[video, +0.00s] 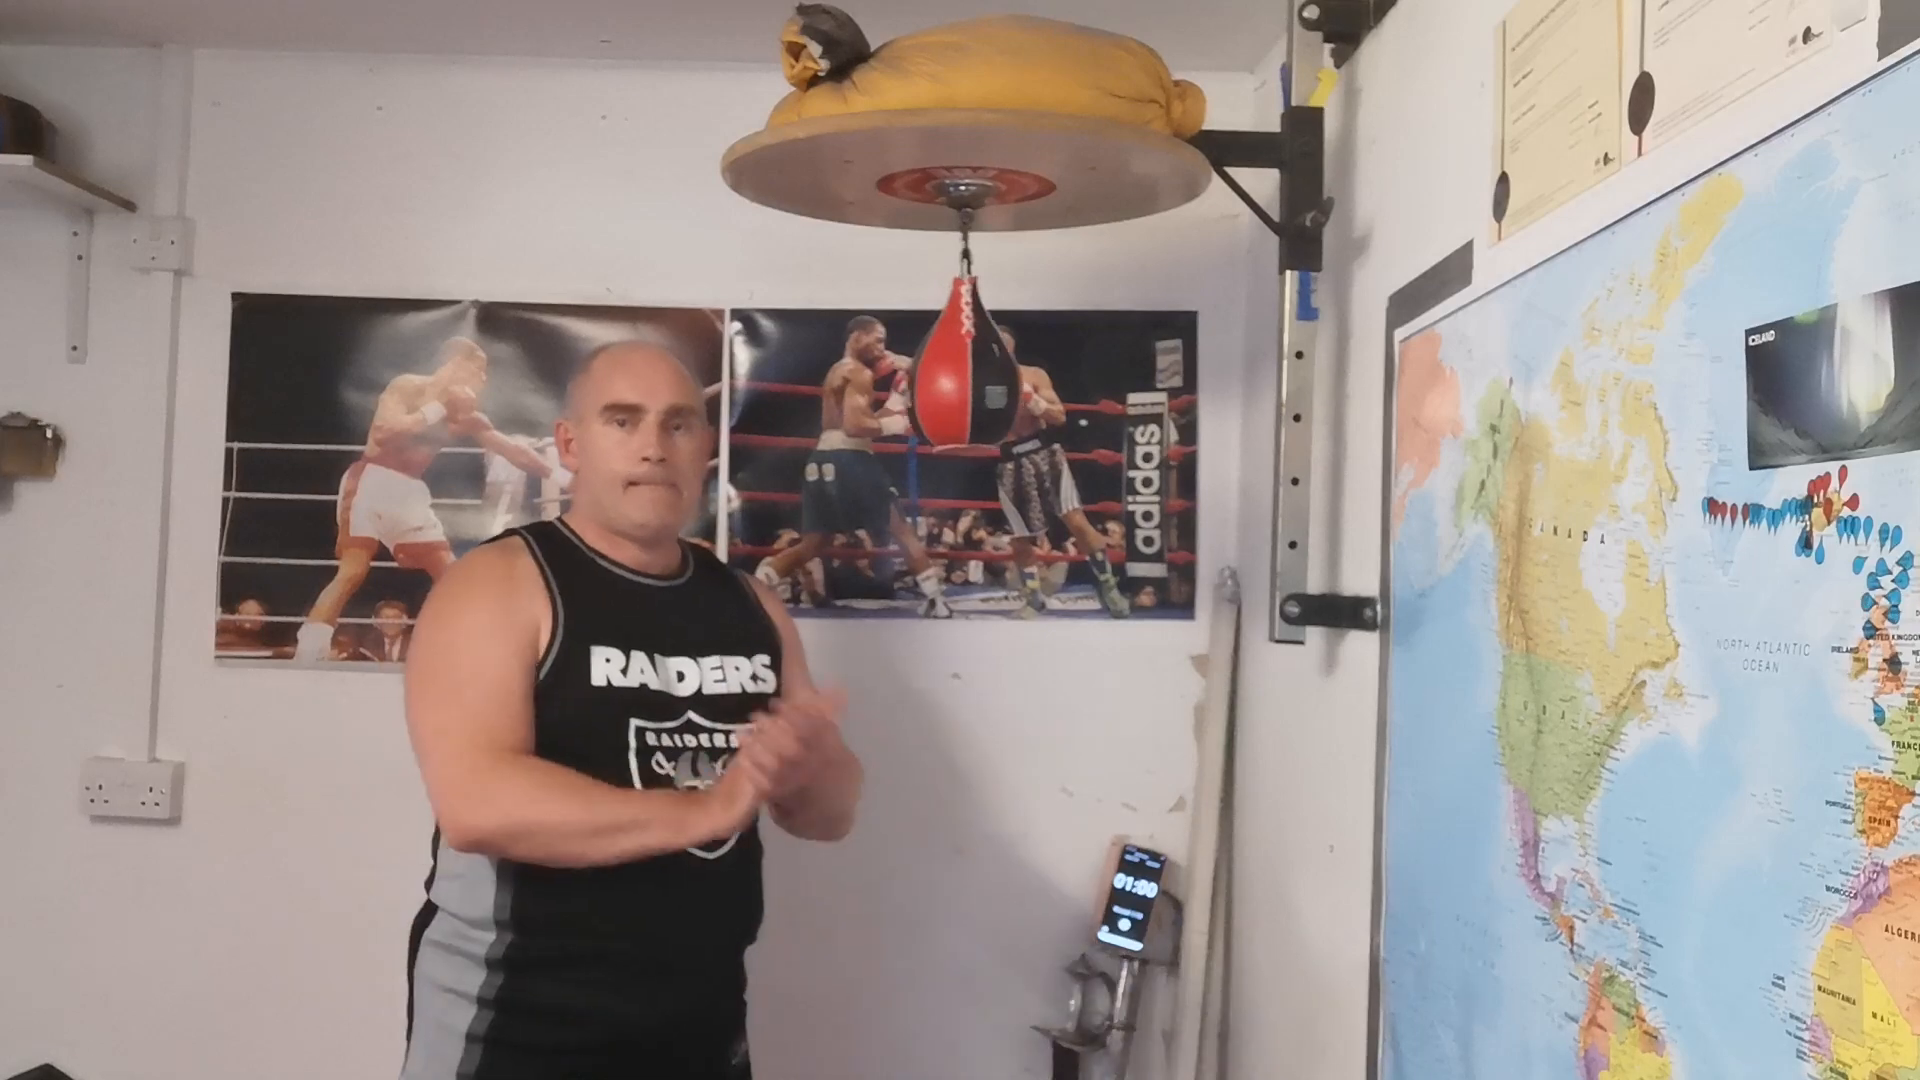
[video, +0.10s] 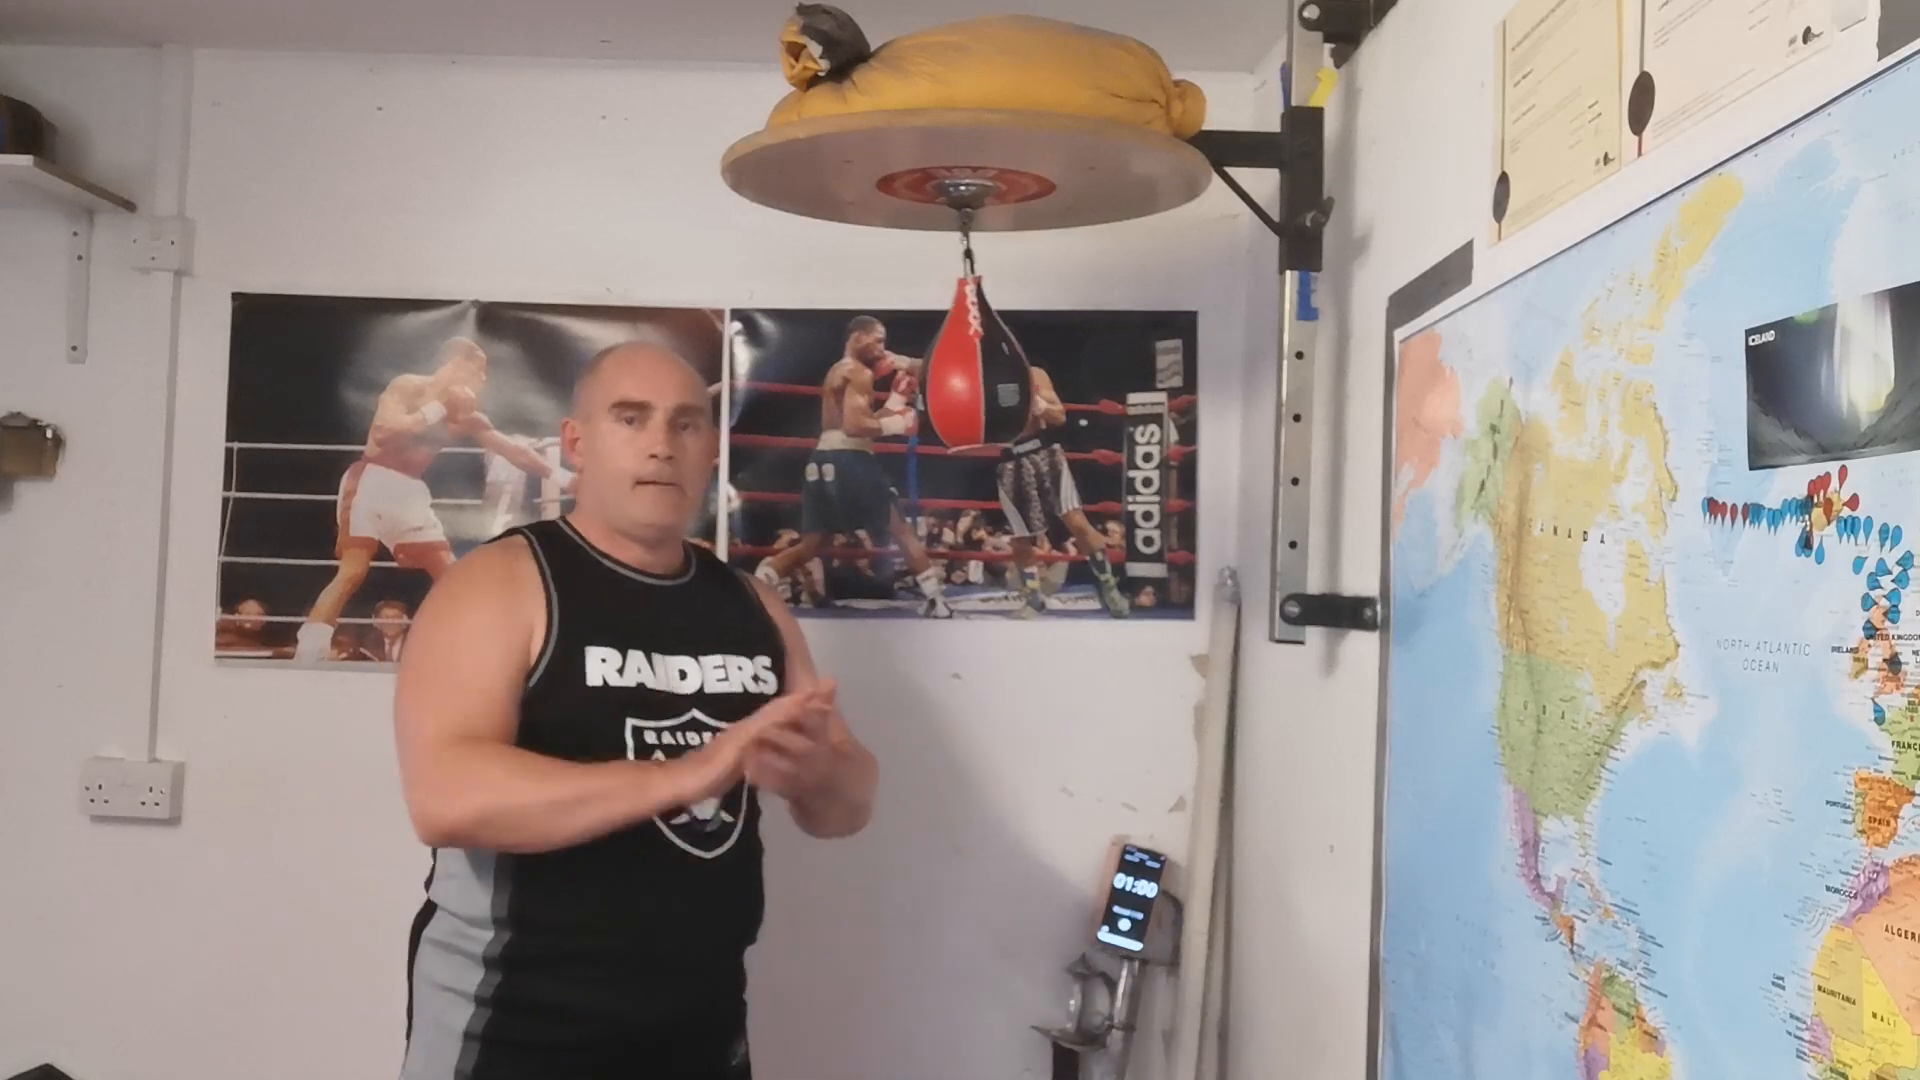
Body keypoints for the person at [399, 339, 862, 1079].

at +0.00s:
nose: (652, 447)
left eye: (678, 423)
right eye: (623, 420)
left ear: (709, 451)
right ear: (569, 447)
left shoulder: (749, 606)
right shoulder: (493, 587)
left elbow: (830, 817)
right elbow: (476, 801)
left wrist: (808, 768)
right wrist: (697, 813)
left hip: (694, 1017)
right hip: (516, 1018)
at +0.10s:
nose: (661, 445)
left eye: (686, 423)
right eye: (631, 418)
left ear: (714, 452)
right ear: (575, 443)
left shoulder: (752, 606)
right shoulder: (493, 586)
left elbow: (844, 808)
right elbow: (446, 795)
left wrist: (819, 773)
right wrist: (680, 777)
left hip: (695, 1021)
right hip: (514, 1021)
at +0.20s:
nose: (674, 447)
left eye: (697, 426)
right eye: (642, 419)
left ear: (719, 454)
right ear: (583, 443)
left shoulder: (752, 607)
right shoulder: (500, 584)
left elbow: (846, 798)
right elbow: (401, 782)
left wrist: (874, 791)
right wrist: (589, 756)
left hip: (695, 1019)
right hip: (514, 1020)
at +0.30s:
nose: (691, 448)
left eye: (714, 426)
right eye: (660, 420)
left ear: (733, 456)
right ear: (597, 442)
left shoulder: (753, 609)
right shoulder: (504, 573)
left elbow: (858, 774)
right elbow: (360, 783)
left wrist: (952, 743)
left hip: (695, 1015)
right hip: (512, 1016)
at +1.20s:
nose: (716, 456)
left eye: (740, 440)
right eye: (689, 428)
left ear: (758, 471)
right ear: (625, 447)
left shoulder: (775, 624)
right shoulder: (533, 571)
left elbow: (883, 768)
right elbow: (347, 739)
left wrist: (995, 805)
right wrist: (435, 690)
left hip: (706, 1027)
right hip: (522, 1022)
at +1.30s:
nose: (706, 452)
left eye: (730, 436)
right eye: (679, 424)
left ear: (753, 465)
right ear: (620, 444)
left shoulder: (771, 619)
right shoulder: (532, 575)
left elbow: (869, 779)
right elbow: (368, 724)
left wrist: (954, 910)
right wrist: (435, 829)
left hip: (706, 1028)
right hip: (532, 1024)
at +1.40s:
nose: (700, 447)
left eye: (725, 430)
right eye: (672, 422)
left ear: (747, 460)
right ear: (613, 442)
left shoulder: (769, 619)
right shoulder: (525, 580)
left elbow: (846, 818)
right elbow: (368, 753)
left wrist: (865, 1010)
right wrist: (422, 968)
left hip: (709, 1036)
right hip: (531, 1035)